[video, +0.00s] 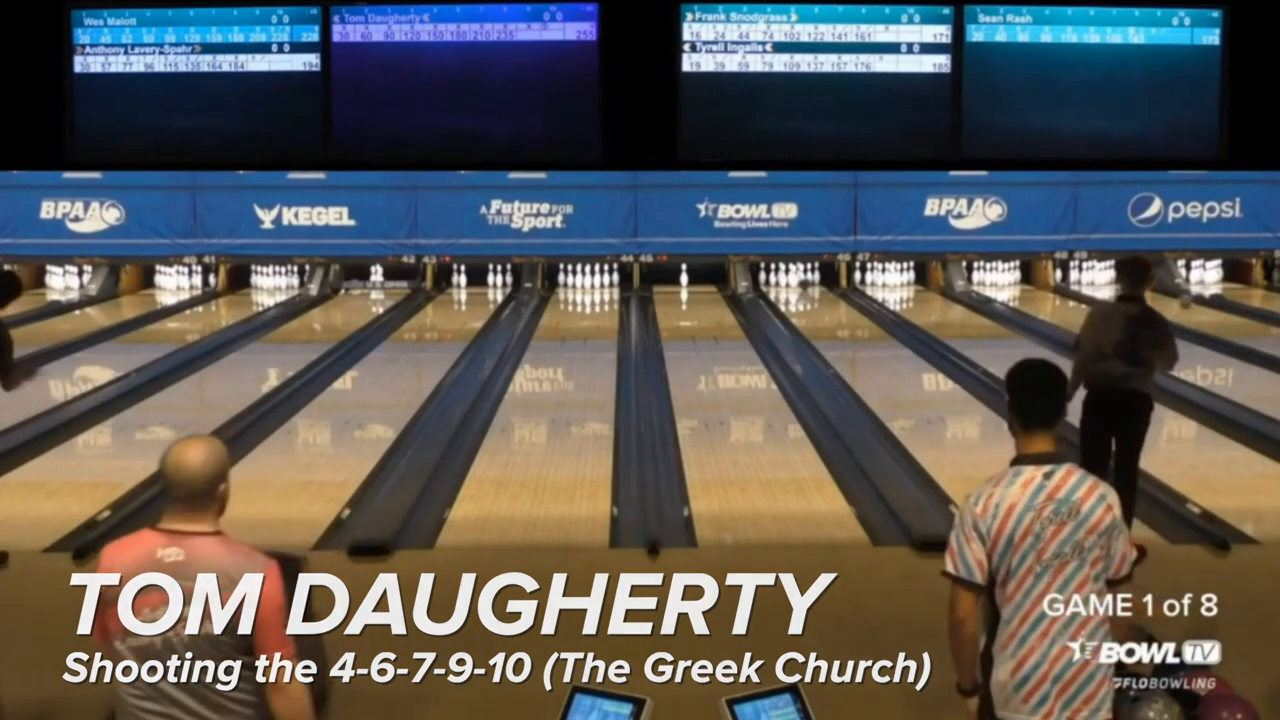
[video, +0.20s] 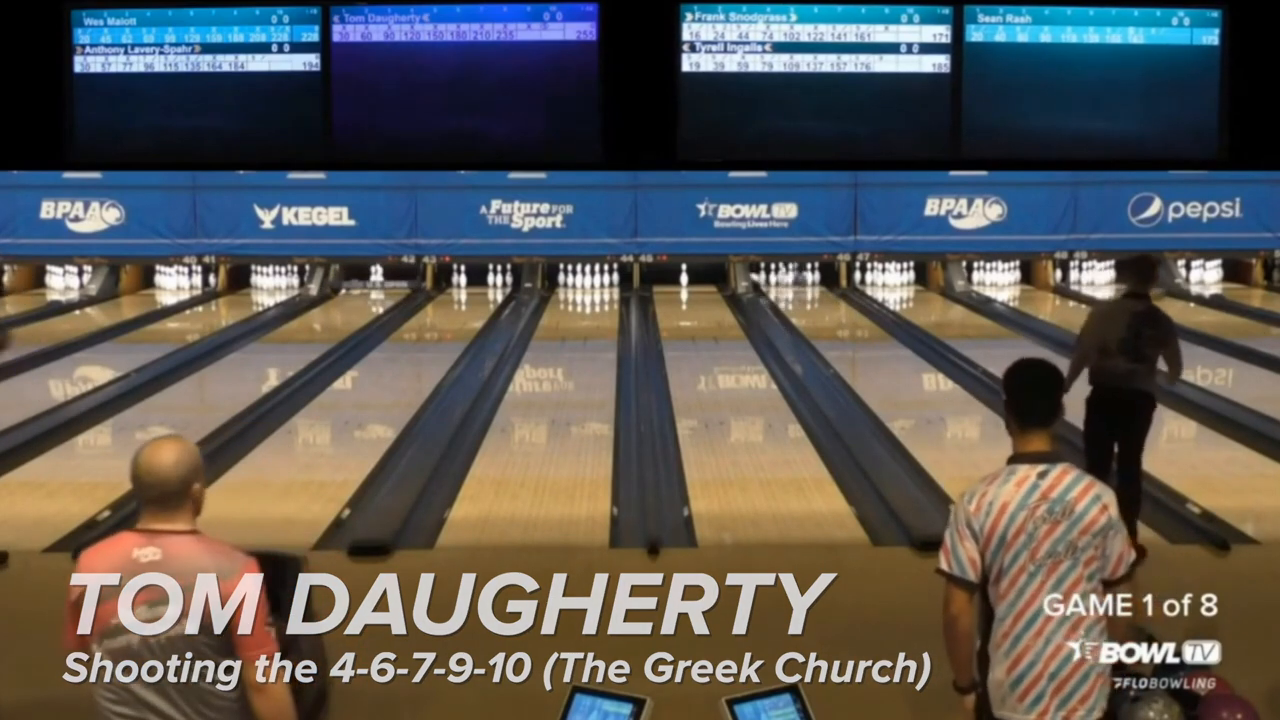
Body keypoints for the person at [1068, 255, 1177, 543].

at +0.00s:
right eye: (1148, 280)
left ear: (1118, 279)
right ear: (1148, 282)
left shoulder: (1100, 314)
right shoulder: (1156, 322)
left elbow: (1084, 358)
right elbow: (1168, 361)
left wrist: (1068, 393)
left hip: (1099, 399)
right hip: (1136, 403)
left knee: (1093, 465)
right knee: (1126, 469)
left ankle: (1088, 530)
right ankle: (1120, 536)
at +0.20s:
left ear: (1120, 278)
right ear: (1152, 281)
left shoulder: (1103, 312)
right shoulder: (1160, 320)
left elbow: (1082, 354)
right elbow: (1175, 366)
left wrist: (1066, 384)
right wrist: (1170, 377)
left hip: (1103, 399)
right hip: (1139, 403)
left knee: (1097, 467)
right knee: (1130, 468)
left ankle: (1094, 534)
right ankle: (1128, 539)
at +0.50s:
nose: (1144, 284)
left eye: (1142, 278)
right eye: (1154, 279)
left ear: (1139, 281)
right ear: (1166, 284)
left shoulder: (1117, 317)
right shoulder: (1173, 324)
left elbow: (1088, 360)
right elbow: (1197, 368)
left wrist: (1071, 393)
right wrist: (1218, 401)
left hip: (1119, 407)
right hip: (1155, 407)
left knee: (1111, 475)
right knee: (1152, 474)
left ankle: (1108, 540)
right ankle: (1155, 545)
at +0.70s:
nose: (1159, 285)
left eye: (1153, 279)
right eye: (1168, 280)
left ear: (1149, 282)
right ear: (1176, 283)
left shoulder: (1130, 316)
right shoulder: (1186, 321)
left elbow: (1111, 357)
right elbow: (1211, 364)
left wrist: (1109, 392)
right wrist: (1205, 389)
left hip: (1132, 402)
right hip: (1168, 404)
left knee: (1119, 464)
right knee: (1159, 471)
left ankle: (1108, 524)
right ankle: (1158, 533)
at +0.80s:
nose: (1150, 284)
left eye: (1152, 279)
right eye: (1152, 279)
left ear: (1154, 282)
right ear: (1180, 283)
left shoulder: (1142, 316)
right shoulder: (1190, 319)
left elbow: (1126, 356)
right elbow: (1212, 359)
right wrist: (1183, 364)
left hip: (1140, 398)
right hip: (1172, 400)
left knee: (1136, 455)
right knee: (1160, 461)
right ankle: (1160, 508)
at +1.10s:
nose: (1158, 280)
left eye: (1165, 277)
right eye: (1161, 276)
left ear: (1176, 285)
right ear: (1188, 287)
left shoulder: (1170, 323)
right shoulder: (1189, 319)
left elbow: (1156, 357)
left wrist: (1144, 350)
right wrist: (1151, 350)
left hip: (1165, 405)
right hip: (1182, 403)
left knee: (1156, 468)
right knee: (1169, 469)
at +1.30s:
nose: (1189, 294)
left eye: (1197, 289)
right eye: (1187, 287)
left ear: (1209, 294)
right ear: (1182, 288)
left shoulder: (1220, 331)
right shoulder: (1165, 325)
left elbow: (1233, 377)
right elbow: (1152, 361)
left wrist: (1212, 415)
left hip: (1205, 417)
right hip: (1170, 413)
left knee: (1195, 480)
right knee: (1164, 473)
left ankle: (1201, 533)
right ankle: (1165, 528)